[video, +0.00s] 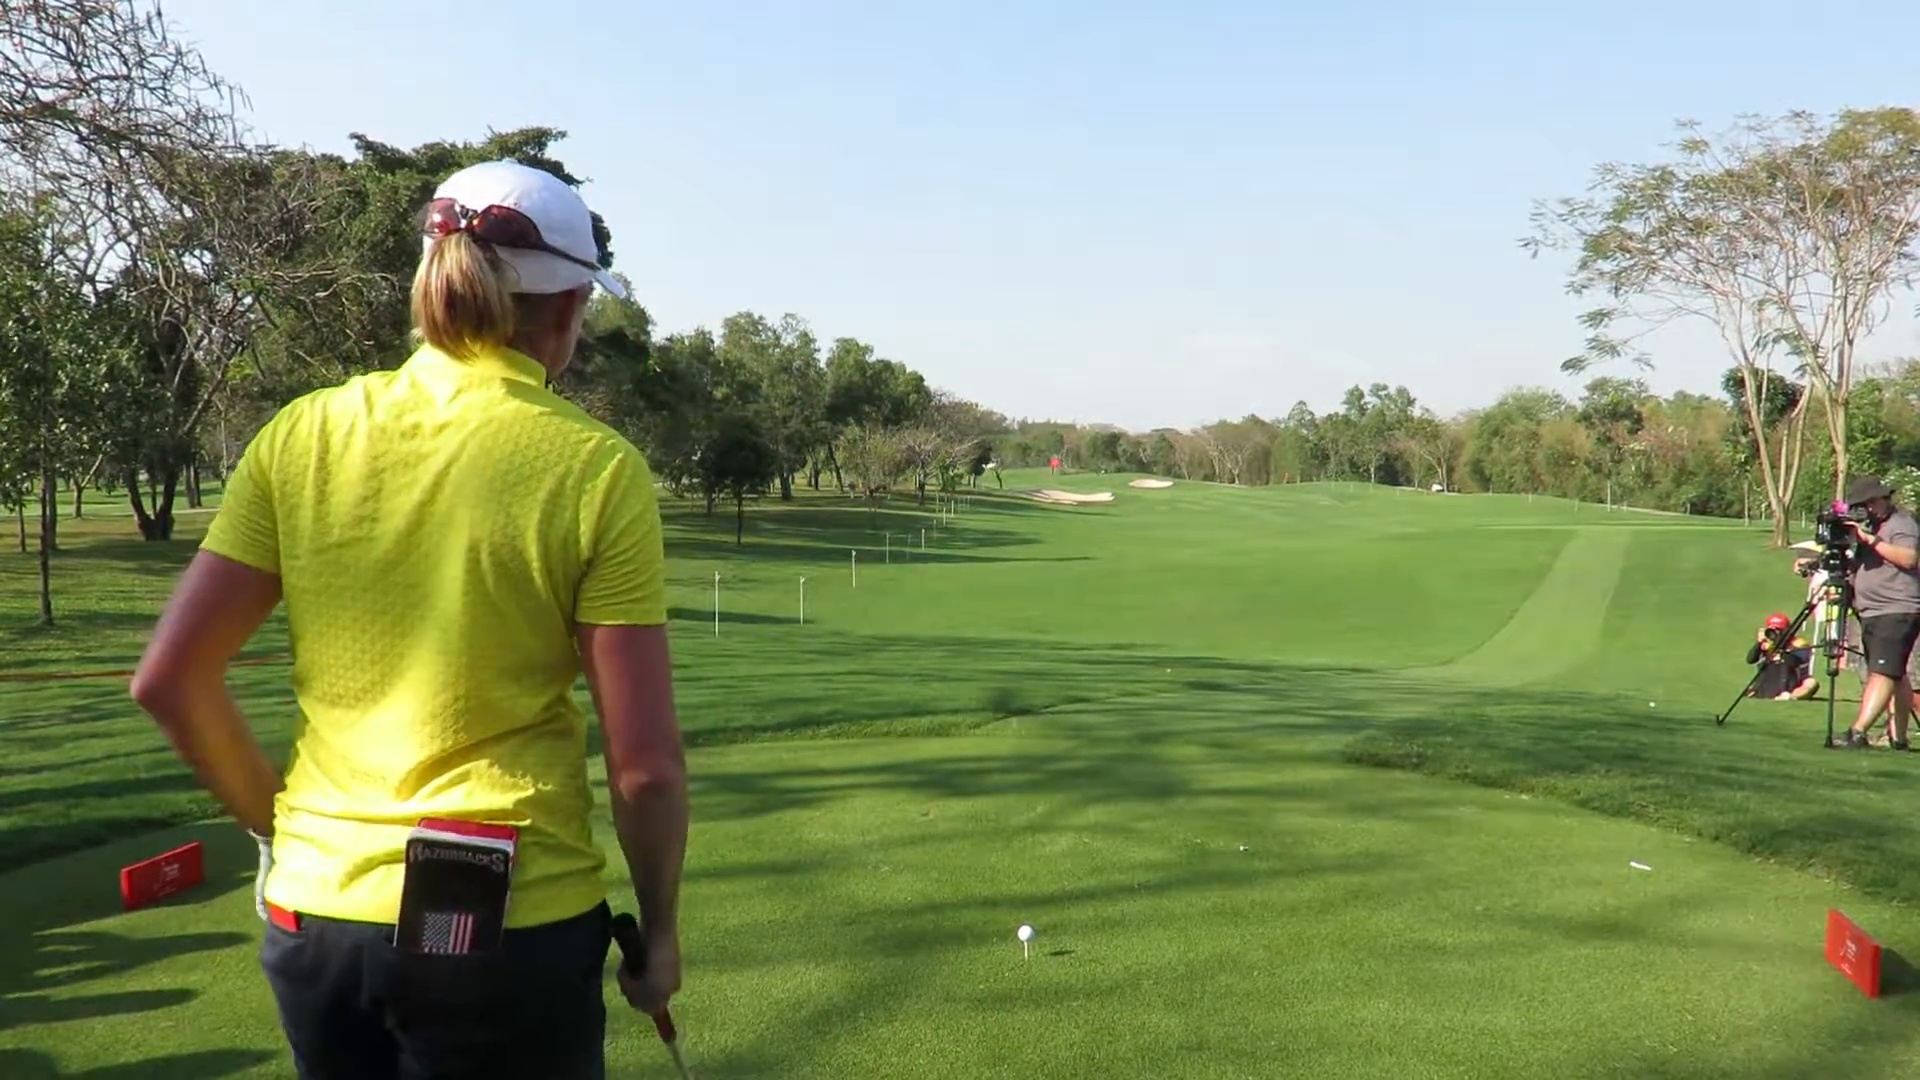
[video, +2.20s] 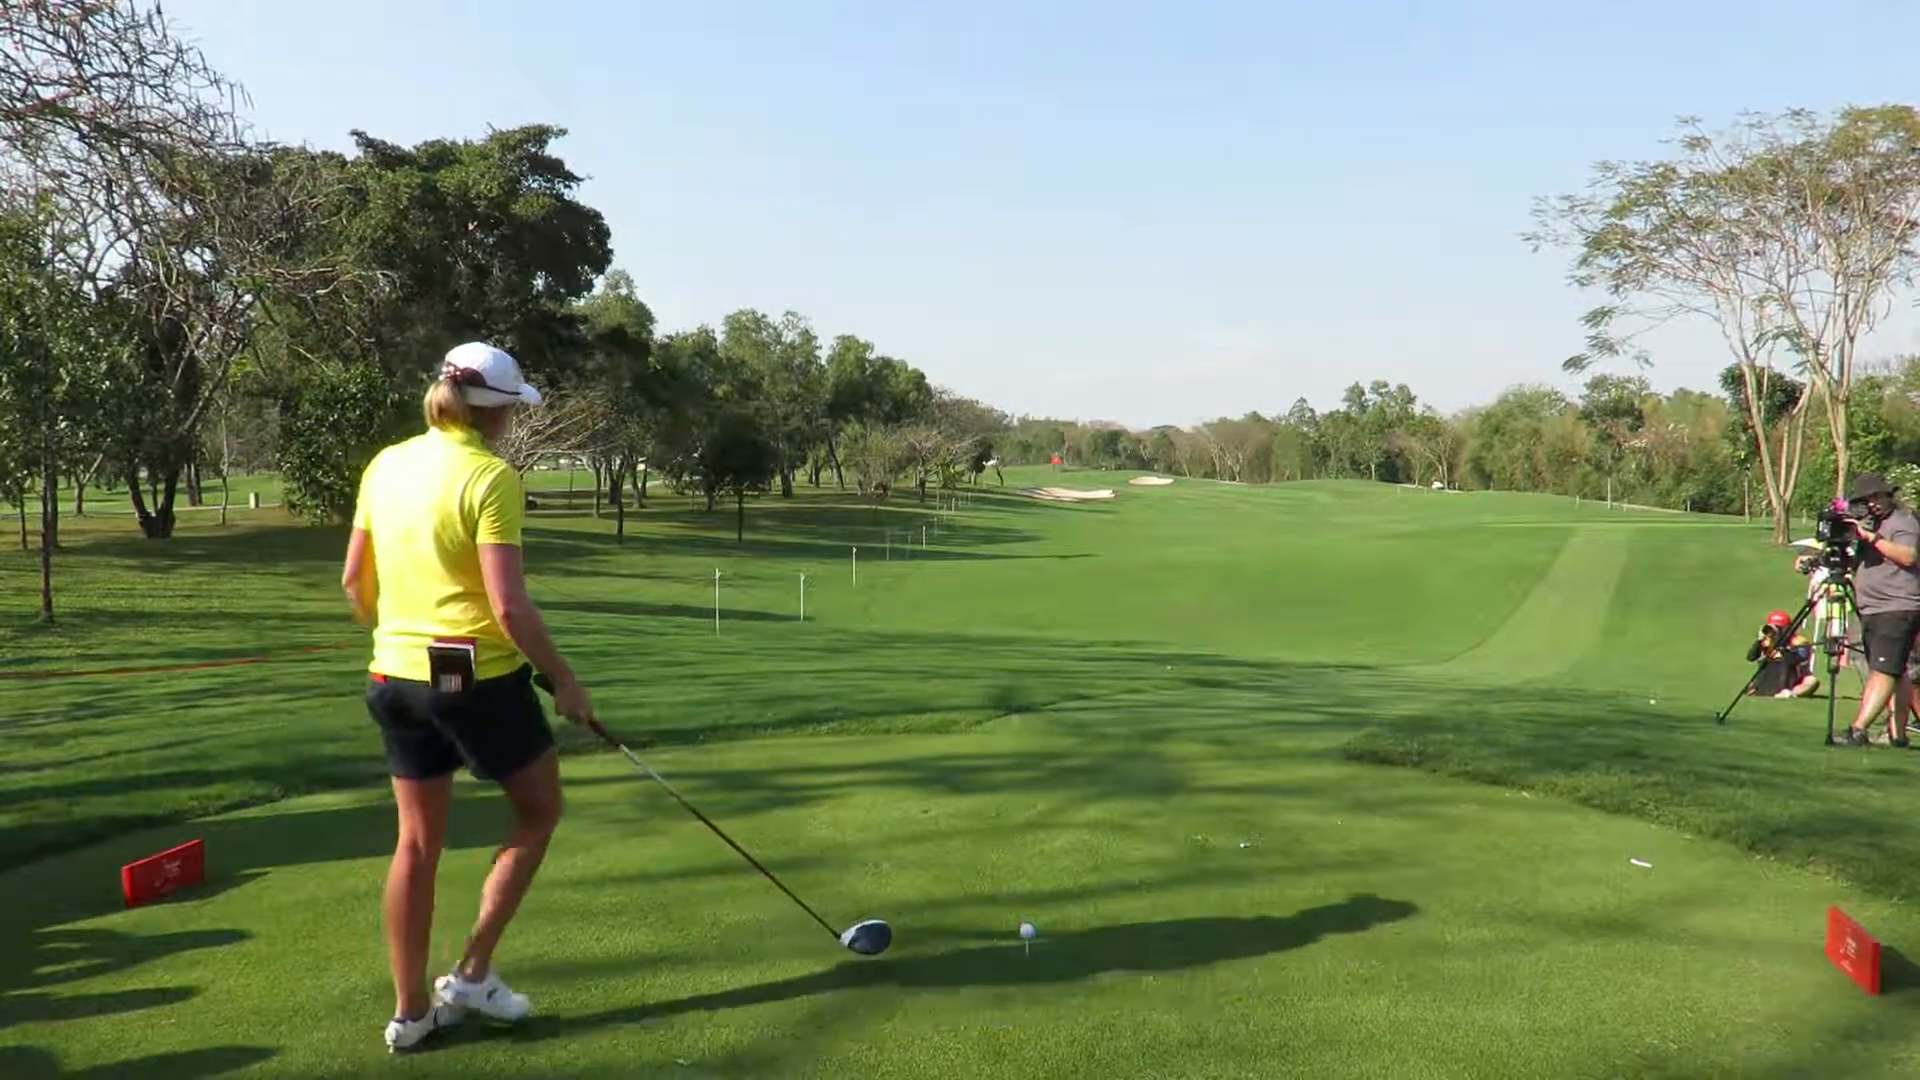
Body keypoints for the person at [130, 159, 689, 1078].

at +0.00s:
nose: (580, 329)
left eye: (580, 305)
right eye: (582, 307)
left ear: (432, 284)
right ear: (562, 311)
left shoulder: (300, 434)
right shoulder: (595, 466)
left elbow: (171, 679)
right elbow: (644, 771)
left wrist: (283, 826)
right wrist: (659, 925)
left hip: (314, 917)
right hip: (511, 930)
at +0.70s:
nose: (477, 382)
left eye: (482, 362)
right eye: (478, 362)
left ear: (341, 343)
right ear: (459, 362)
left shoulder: (229, 481)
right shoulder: (487, 488)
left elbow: (127, 700)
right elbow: (552, 737)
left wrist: (167, 863)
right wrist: (575, 871)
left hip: (265, 887)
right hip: (437, 888)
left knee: (291, 1063)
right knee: (458, 1060)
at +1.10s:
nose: (407, 396)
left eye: (410, 377)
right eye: (407, 377)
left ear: (287, 363)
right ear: (378, 375)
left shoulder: (187, 470)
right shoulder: (402, 481)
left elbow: (147, 662)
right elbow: (454, 683)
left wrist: (218, 750)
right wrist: (497, 810)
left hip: (221, 816)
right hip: (376, 821)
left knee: (256, 1063)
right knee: (413, 1005)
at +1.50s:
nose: (448, 408)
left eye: (450, 394)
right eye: (446, 393)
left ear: (351, 379)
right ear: (422, 389)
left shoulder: (266, 467)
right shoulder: (438, 479)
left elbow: (240, 628)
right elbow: (478, 646)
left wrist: (289, 702)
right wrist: (521, 754)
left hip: (297, 758)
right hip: (416, 758)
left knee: (301, 955)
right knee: (396, 959)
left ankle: (286, 1075)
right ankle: (379, 1077)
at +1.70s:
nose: (466, 408)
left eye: (467, 395)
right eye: (463, 395)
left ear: (375, 388)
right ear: (444, 398)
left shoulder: (298, 470)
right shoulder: (456, 476)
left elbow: (260, 614)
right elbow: (495, 631)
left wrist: (266, 727)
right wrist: (541, 726)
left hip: (328, 724)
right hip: (430, 726)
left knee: (361, 881)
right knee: (398, 934)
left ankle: (360, 1062)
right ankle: (377, 1074)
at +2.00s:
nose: (488, 426)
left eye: (488, 414)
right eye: (484, 414)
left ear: (412, 407)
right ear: (466, 414)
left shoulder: (346, 479)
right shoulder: (471, 485)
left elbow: (304, 601)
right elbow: (499, 622)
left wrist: (299, 696)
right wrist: (555, 706)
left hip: (372, 709)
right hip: (456, 712)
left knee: (407, 852)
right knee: (468, 885)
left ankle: (412, 1004)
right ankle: (393, 1043)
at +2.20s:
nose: (512, 422)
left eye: (514, 411)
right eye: (509, 410)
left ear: (444, 402)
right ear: (488, 409)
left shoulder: (384, 464)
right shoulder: (490, 476)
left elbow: (357, 581)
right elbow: (510, 606)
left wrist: (400, 631)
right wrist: (565, 681)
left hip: (396, 677)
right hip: (477, 677)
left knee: (415, 841)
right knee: (539, 812)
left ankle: (409, 1013)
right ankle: (473, 972)